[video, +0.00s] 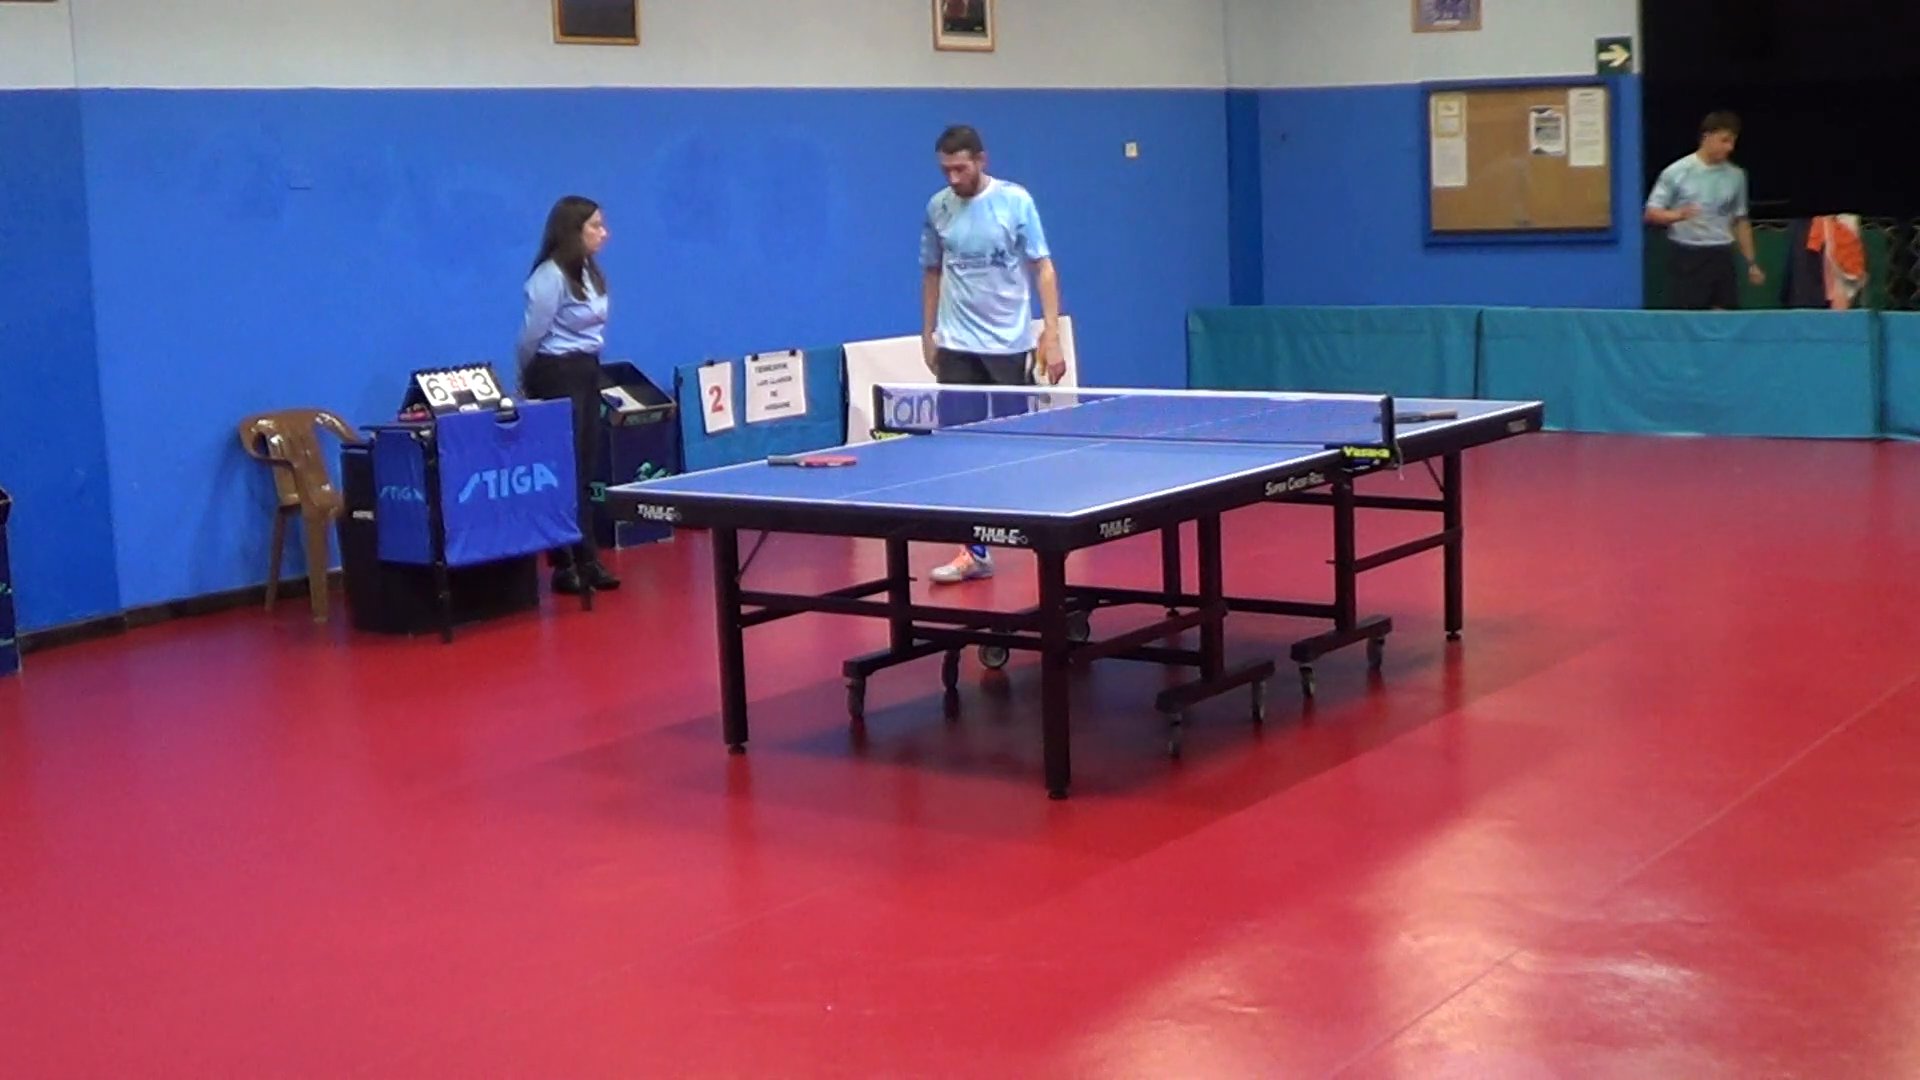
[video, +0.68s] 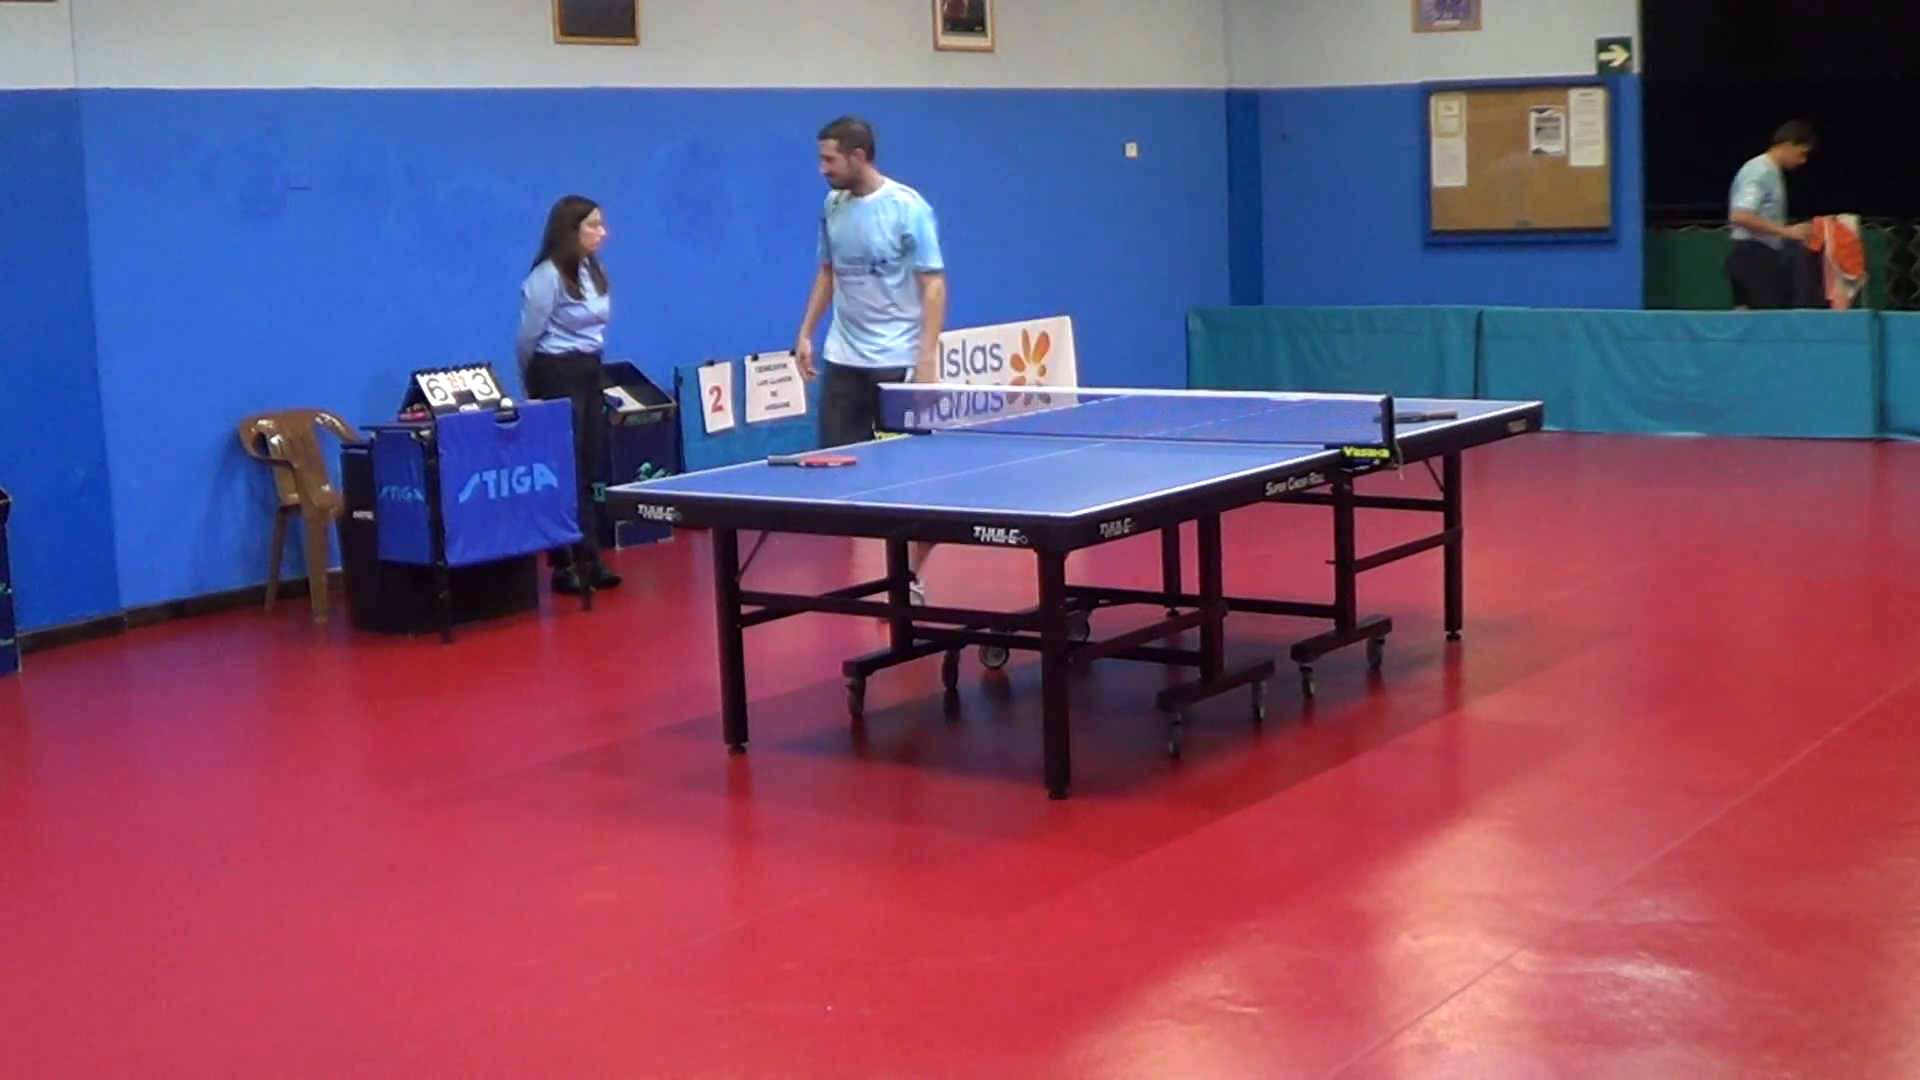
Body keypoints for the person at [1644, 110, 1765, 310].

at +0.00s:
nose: (1730, 147)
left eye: (1733, 142)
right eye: (1725, 140)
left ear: (1735, 143)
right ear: (1706, 137)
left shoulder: (1736, 176)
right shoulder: (1676, 172)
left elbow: (1741, 221)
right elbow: (1651, 213)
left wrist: (1751, 262)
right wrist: (1678, 215)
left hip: (1721, 253)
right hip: (1686, 252)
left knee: (1724, 315)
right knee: (1687, 317)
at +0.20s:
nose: (1756, 154)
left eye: (1759, 148)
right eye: (1753, 147)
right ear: (1735, 141)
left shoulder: (1747, 176)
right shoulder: (1700, 170)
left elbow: (1746, 221)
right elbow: (1672, 214)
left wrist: (1753, 264)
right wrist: (1710, 217)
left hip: (1736, 251)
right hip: (1705, 249)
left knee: (1735, 314)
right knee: (1706, 315)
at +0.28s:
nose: (1763, 154)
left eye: (1766, 148)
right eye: (1761, 146)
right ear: (1744, 139)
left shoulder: (1749, 174)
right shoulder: (1708, 168)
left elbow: (1747, 223)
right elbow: (1682, 212)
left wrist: (1756, 262)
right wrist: (1724, 219)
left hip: (1739, 250)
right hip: (1711, 248)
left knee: (1739, 313)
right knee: (1716, 313)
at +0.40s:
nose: (1773, 155)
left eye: (1775, 150)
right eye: (1771, 148)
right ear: (1755, 139)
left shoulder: (1752, 176)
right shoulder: (1722, 167)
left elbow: (1750, 226)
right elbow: (1699, 212)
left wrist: (1759, 265)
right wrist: (1748, 221)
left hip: (1743, 249)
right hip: (1721, 247)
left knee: (1744, 315)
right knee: (1730, 315)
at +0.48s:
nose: (1780, 156)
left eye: (1783, 151)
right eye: (1779, 149)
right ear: (1764, 140)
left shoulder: (1754, 172)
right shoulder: (1731, 167)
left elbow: (1752, 225)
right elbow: (1712, 211)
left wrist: (1764, 263)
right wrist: (1760, 223)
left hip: (1747, 251)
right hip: (1728, 249)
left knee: (1750, 317)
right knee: (1742, 317)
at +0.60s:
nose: (1793, 159)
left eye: (1795, 154)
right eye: (1792, 152)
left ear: (1778, 144)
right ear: (1777, 142)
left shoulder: (1763, 171)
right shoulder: (1747, 168)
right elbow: (1729, 213)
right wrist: (1776, 229)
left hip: (1756, 251)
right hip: (1741, 251)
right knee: (1760, 317)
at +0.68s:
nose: (1803, 161)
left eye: (1805, 155)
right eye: (1802, 154)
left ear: (1789, 145)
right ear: (1787, 144)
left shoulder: (1772, 172)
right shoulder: (1758, 170)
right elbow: (1740, 215)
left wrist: (1796, 231)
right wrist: (1788, 232)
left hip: (1767, 253)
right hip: (1751, 252)